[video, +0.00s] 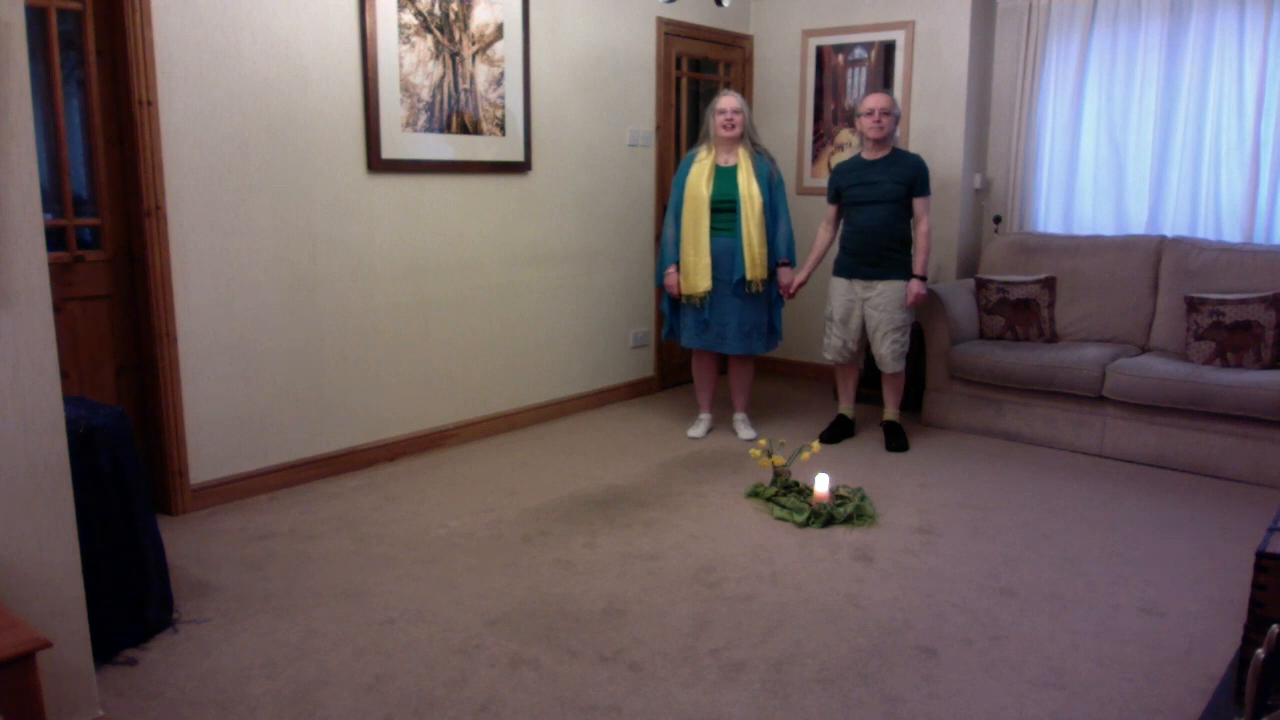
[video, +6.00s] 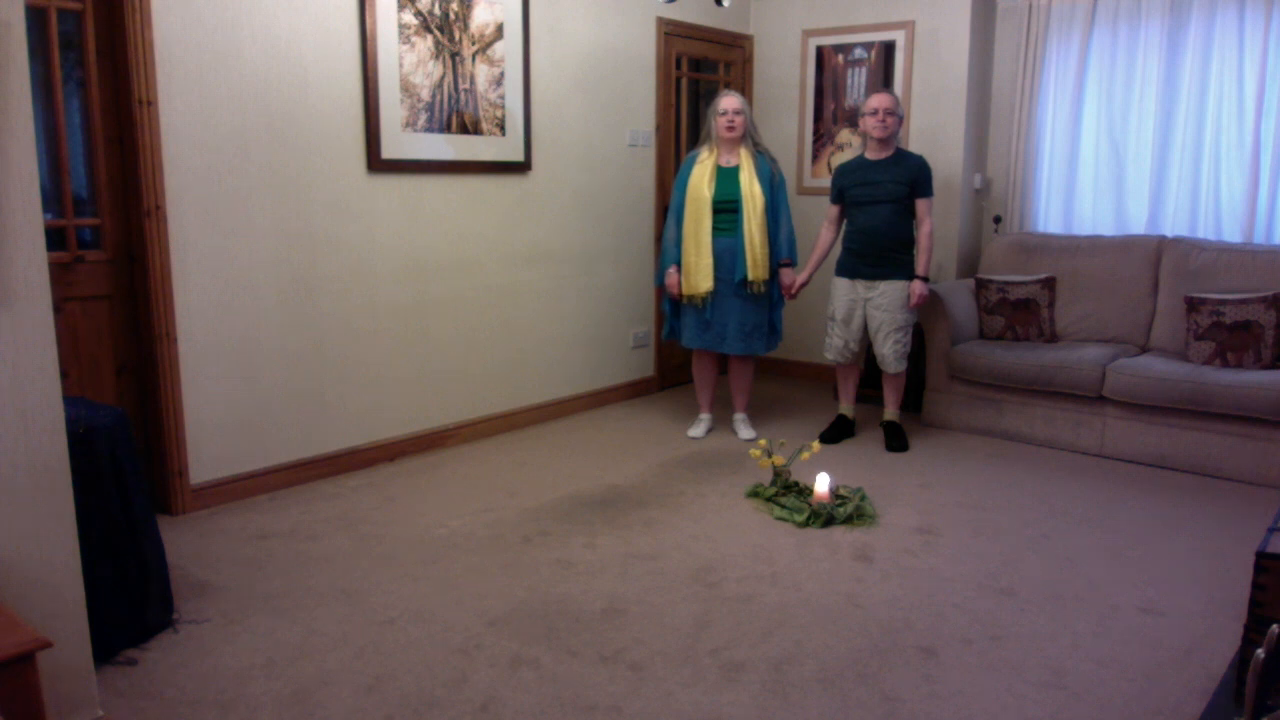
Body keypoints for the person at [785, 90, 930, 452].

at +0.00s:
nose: (877, 119)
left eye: (884, 114)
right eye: (870, 114)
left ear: (896, 121)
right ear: (857, 122)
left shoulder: (912, 166)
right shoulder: (842, 171)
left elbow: (922, 223)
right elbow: (828, 227)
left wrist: (919, 276)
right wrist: (804, 272)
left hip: (892, 279)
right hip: (847, 277)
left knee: (891, 354)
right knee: (843, 349)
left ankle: (892, 420)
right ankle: (845, 415)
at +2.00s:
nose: (879, 119)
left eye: (886, 113)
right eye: (871, 114)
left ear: (898, 121)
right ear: (858, 122)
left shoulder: (913, 167)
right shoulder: (843, 172)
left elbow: (922, 224)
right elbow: (829, 227)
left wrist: (919, 276)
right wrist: (805, 273)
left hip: (893, 279)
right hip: (848, 277)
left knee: (892, 354)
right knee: (844, 349)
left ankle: (892, 420)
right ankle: (845, 415)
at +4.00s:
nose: (880, 119)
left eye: (887, 113)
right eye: (872, 113)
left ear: (899, 121)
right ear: (858, 122)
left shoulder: (913, 167)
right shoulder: (843, 172)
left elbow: (923, 225)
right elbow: (829, 226)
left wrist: (920, 276)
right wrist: (805, 273)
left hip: (894, 279)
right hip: (848, 277)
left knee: (892, 355)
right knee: (844, 349)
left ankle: (892, 420)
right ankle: (845, 415)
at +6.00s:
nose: (881, 118)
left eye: (888, 113)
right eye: (873, 113)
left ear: (900, 121)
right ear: (861, 122)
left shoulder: (914, 166)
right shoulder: (844, 172)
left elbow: (924, 224)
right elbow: (830, 227)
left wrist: (921, 276)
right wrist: (806, 273)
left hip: (895, 278)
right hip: (850, 276)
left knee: (893, 355)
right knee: (844, 349)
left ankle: (892, 419)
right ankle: (845, 415)